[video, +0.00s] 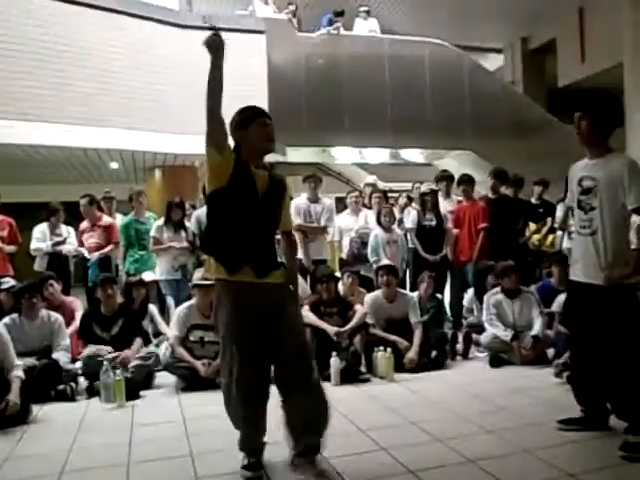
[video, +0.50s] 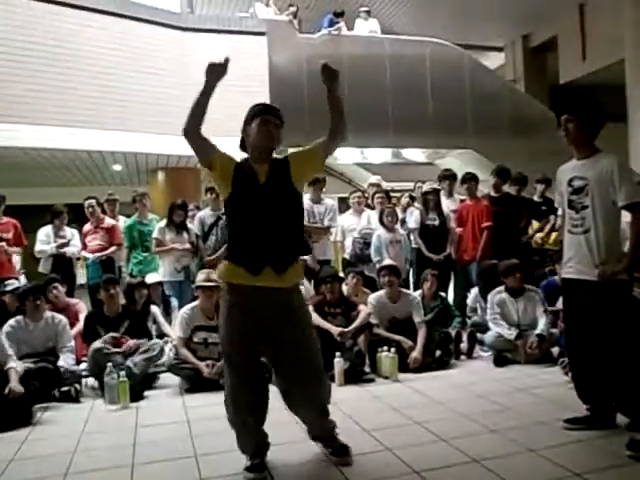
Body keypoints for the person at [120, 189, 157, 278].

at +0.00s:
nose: (140, 203)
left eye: (143, 199)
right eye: (137, 200)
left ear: (146, 202)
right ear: (132, 203)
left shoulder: (153, 219)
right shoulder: (126, 223)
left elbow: (157, 242)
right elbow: (123, 245)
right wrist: (120, 264)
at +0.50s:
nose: (144, 203)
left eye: (146, 200)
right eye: (140, 201)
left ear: (149, 202)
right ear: (135, 205)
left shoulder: (156, 221)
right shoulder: (130, 224)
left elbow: (159, 243)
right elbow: (127, 247)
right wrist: (124, 267)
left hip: (154, 266)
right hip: (136, 266)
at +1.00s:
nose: (144, 203)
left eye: (145, 199)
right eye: (140, 200)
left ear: (149, 202)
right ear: (135, 205)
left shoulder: (156, 220)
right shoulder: (129, 224)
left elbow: (160, 243)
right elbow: (127, 247)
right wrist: (124, 268)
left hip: (154, 266)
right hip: (136, 267)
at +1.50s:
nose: (144, 202)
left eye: (146, 199)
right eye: (140, 200)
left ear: (150, 202)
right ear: (136, 204)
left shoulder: (157, 220)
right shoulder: (130, 224)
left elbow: (160, 243)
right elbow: (127, 247)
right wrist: (125, 268)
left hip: (155, 266)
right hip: (138, 267)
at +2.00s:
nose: (144, 202)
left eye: (146, 199)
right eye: (140, 200)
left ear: (150, 202)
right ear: (136, 204)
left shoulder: (157, 221)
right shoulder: (130, 224)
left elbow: (161, 243)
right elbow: (127, 247)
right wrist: (124, 266)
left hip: (155, 266)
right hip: (137, 266)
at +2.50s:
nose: (144, 202)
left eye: (146, 199)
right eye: (140, 200)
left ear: (150, 202)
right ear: (136, 205)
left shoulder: (157, 221)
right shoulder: (131, 224)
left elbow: (161, 243)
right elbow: (127, 247)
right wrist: (124, 267)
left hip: (155, 266)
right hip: (137, 267)